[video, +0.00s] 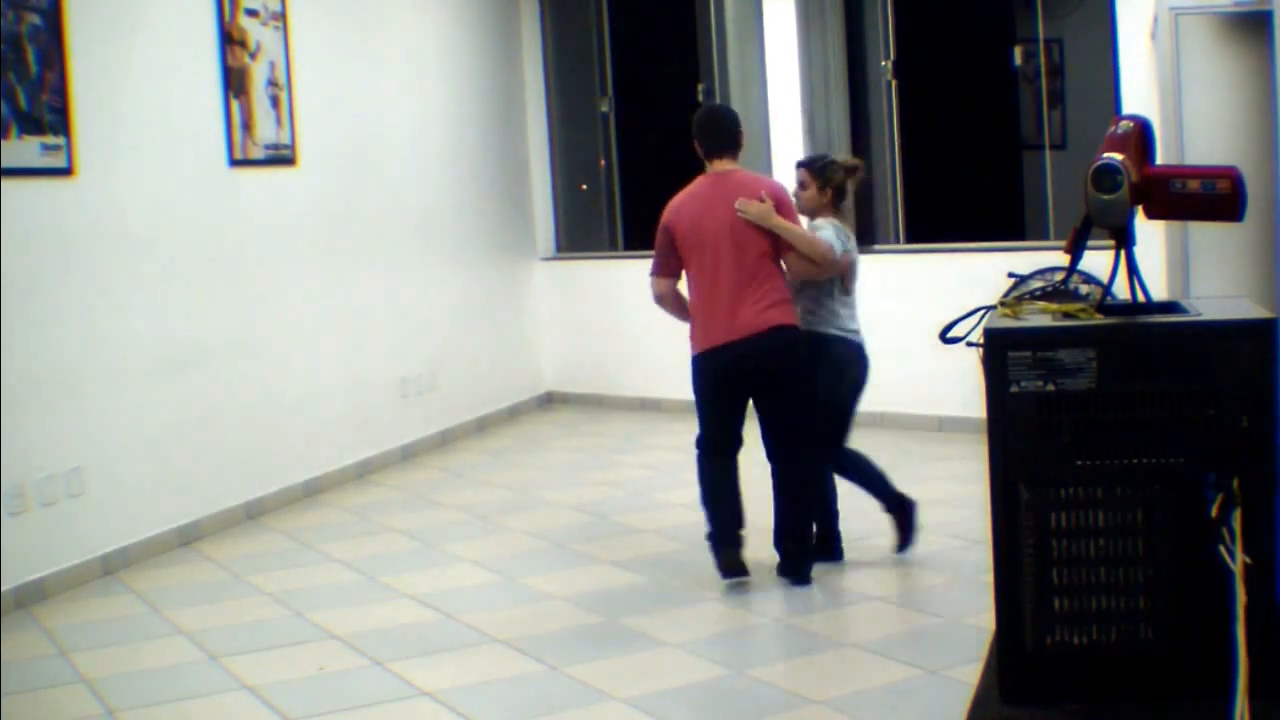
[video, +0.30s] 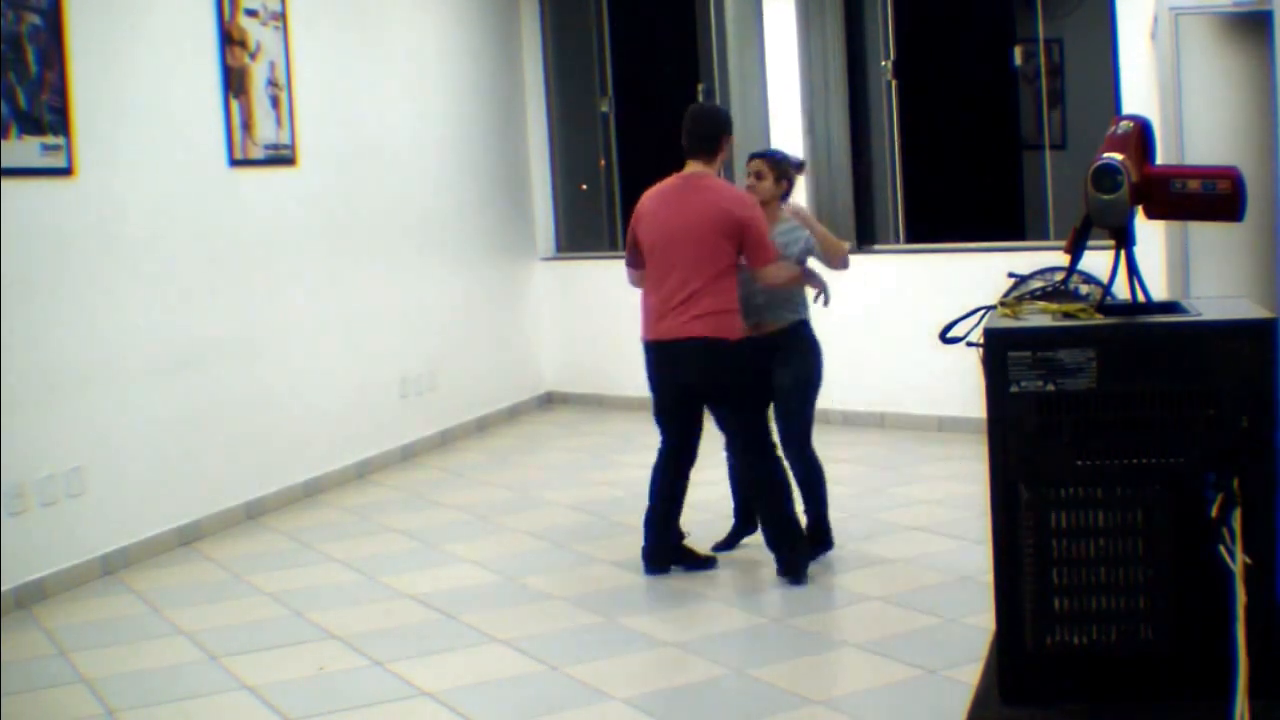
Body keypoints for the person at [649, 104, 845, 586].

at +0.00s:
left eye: (698, 144)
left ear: (697, 148)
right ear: (740, 142)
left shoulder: (678, 209)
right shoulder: (769, 191)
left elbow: (663, 290)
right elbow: (808, 263)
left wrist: (701, 317)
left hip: (715, 347)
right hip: (776, 338)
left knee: (716, 447)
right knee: (788, 451)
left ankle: (729, 555)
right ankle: (794, 561)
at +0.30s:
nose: (734, 153)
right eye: (734, 146)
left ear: (684, 145)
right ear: (726, 146)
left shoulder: (650, 201)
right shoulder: (736, 202)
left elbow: (636, 274)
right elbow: (769, 273)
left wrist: (687, 270)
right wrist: (804, 273)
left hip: (664, 347)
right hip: (721, 342)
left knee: (676, 446)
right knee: (755, 448)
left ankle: (660, 549)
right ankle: (791, 556)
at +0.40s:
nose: (727, 158)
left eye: (726, 152)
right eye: (727, 152)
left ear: (679, 144)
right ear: (717, 150)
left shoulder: (639, 195)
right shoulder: (716, 208)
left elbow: (640, 258)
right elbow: (731, 287)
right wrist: (781, 291)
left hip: (636, 341)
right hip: (690, 343)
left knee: (663, 443)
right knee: (731, 450)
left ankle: (660, 548)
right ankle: (755, 553)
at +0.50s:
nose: (716, 159)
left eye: (716, 150)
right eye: (716, 151)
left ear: (670, 146)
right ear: (703, 152)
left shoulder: (638, 195)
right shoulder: (688, 212)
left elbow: (643, 268)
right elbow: (691, 292)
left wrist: (705, 275)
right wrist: (746, 316)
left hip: (623, 342)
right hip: (665, 346)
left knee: (658, 442)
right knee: (712, 437)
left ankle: (659, 552)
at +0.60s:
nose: (700, 166)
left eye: (701, 158)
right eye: (698, 158)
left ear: (662, 154)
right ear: (682, 156)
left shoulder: (638, 201)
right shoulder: (656, 212)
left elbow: (658, 276)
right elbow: (651, 293)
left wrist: (709, 290)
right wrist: (706, 329)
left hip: (626, 344)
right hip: (643, 348)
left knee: (659, 444)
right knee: (672, 448)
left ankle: (662, 545)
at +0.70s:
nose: (683, 167)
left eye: (685, 158)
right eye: (681, 158)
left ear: (655, 156)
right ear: (658, 156)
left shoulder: (657, 208)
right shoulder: (619, 212)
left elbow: (666, 271)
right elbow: (605, 288)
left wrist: (712, 287)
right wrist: (665, 324)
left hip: (648, 351)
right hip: (615, 353)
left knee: (656, 450)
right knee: (629, 450)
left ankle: (662, 546)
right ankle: (560, 535)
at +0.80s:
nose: (665, 165)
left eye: (667, 157)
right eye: (662, 156)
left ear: (640, 156)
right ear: (637, 154)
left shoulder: (653, 208)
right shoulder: (591, 210)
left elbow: (676, 266)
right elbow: (567, 282)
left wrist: (713, 280)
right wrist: (629, 318)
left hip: (638, 350)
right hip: (588, 351)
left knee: (652, 449)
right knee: (582, 449)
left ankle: (661, 545)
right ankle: (547, 542)